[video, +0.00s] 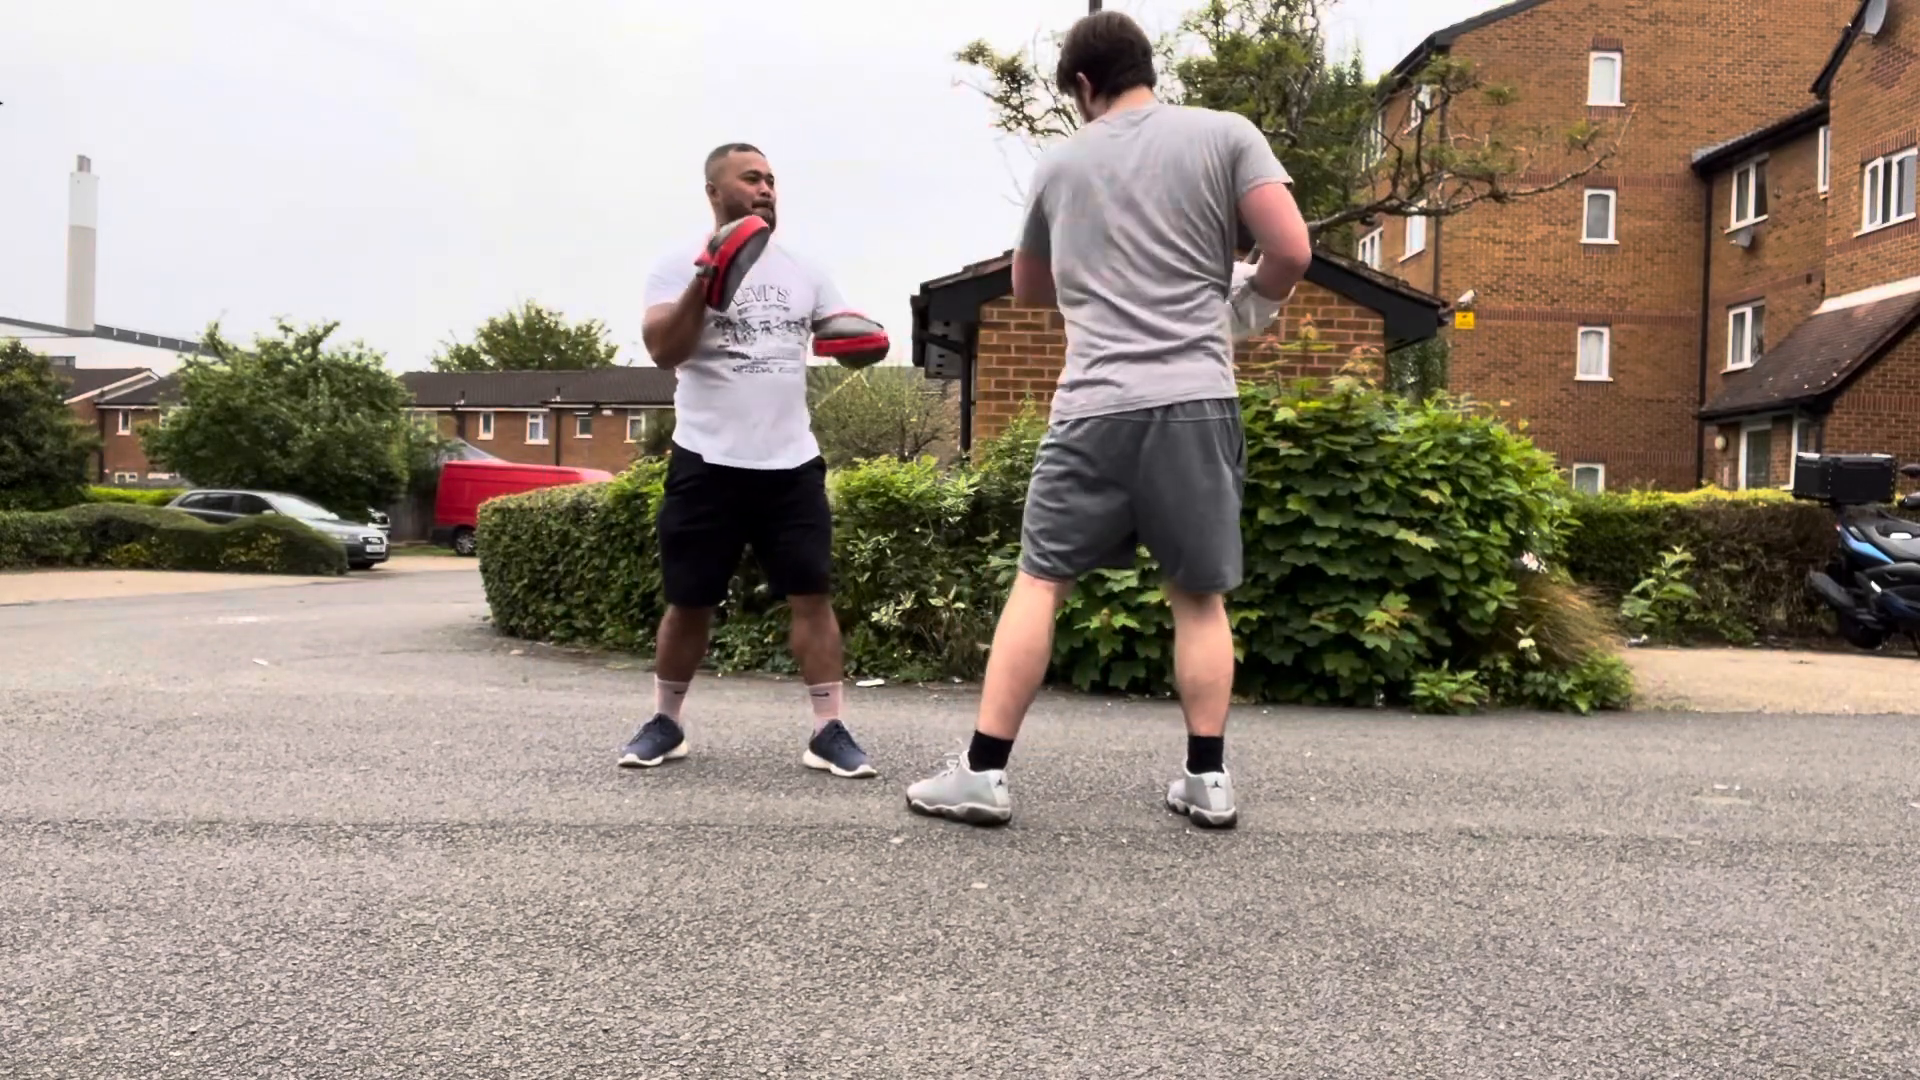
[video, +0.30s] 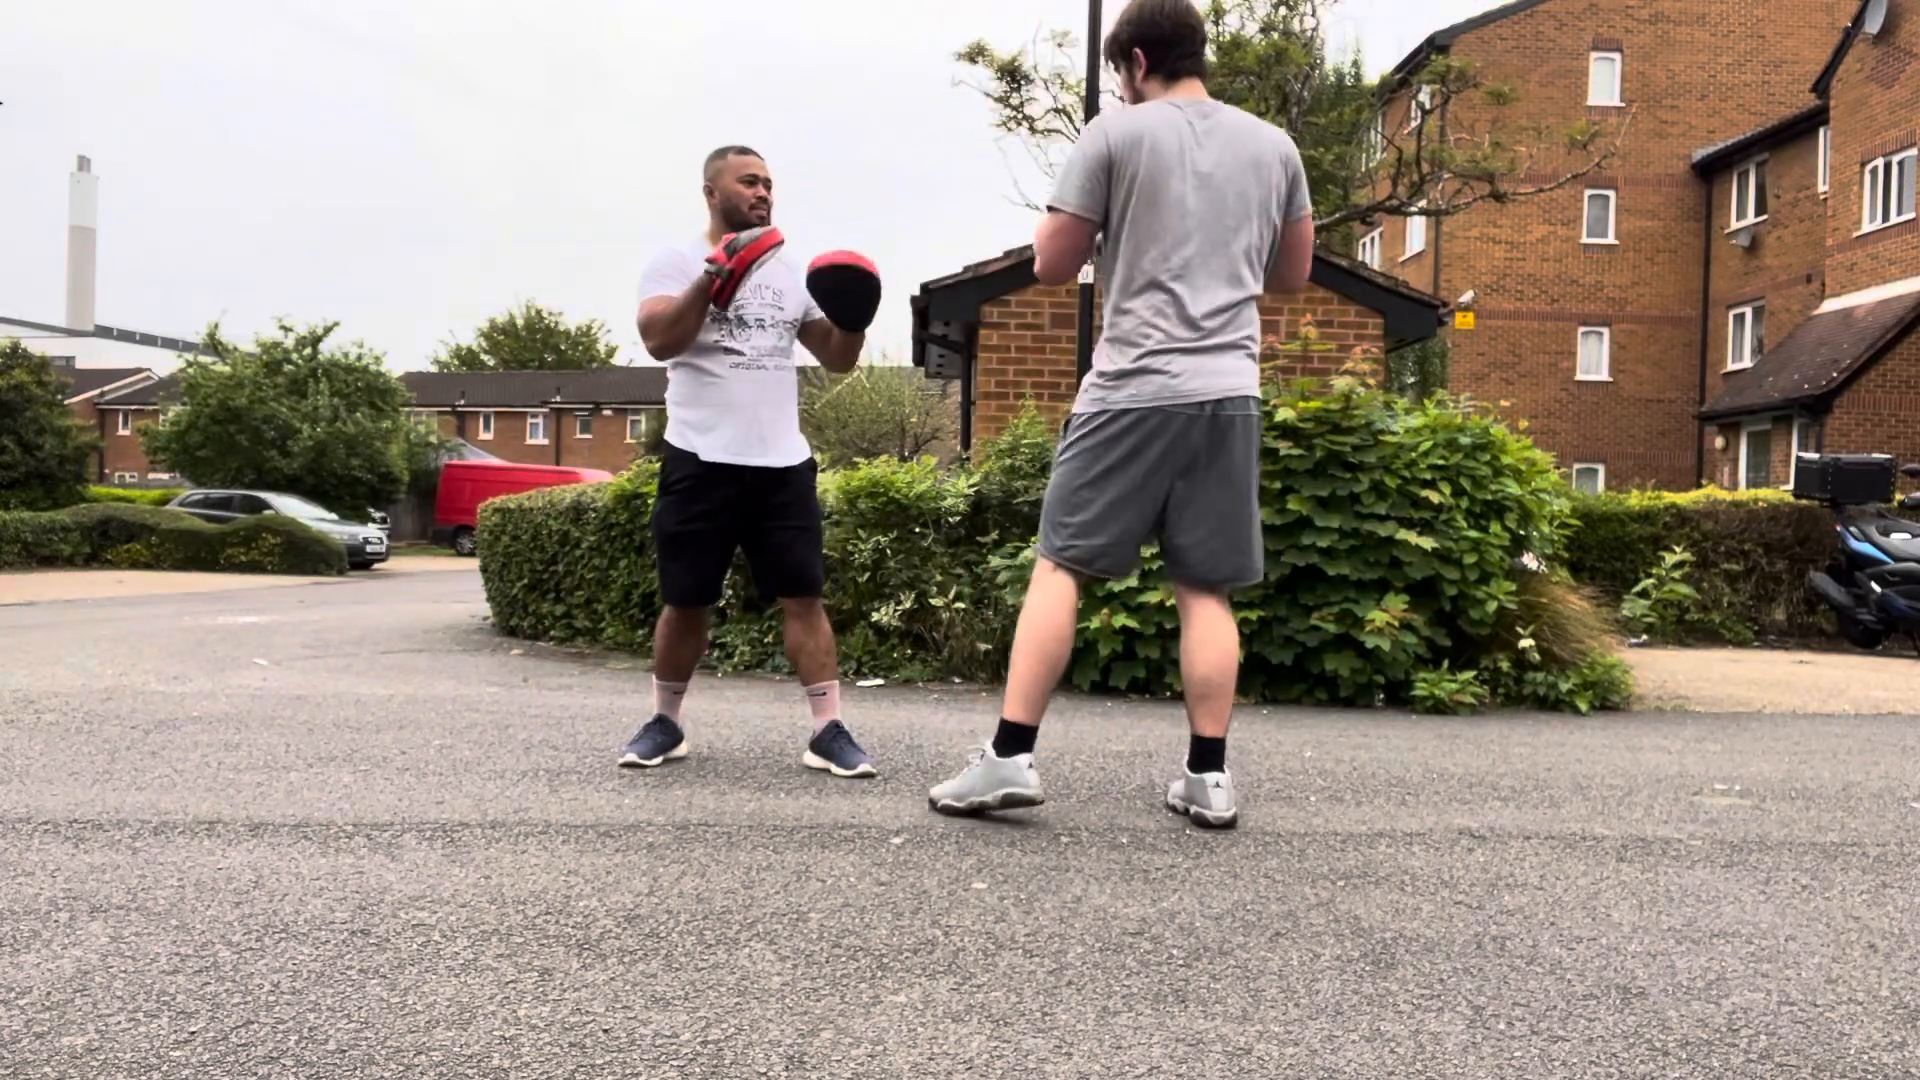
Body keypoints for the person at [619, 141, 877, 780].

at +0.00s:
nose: (767, 187)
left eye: (770, 179)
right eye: (751, 177)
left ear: (776, 195)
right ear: (713, 194)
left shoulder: (802, 268)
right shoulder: (680, 265)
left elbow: (845, 335)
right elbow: (663, 350)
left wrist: (867, 342)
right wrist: (705, 279)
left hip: (791, 459)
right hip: (705, 459)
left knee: (811, 591)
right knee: (687, 599)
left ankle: (829, 727)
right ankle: (665, 721)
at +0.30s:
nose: (764, 192)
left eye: (769, 184)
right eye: (749, 181)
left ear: (774, 198)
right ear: (710, 194)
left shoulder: (789, 271)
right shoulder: (674, 263)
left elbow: (839, 359)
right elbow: (659, 340)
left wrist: (853, 313)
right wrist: (710, 281)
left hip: (782, 459)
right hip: (698, 457)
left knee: (804, 594)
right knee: (683, 599)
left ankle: (829, 727)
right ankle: (665, 722)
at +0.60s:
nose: (763, 198)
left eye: (769, 188)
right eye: (748, 189)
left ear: (776, 197)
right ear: (713, 199)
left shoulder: (795, 266)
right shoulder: (677, 260)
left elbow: (858, 328)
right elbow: (677, 319)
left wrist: (853, 255)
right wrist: (708, 242)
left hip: (783, 460)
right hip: (699, 459)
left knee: (805, 594)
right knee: (683, 599)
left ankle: (829, 727)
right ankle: (665, 722)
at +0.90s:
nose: (762, 189)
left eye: (770, 180)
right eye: (747, 180)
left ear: (779, 194)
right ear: (713, 195)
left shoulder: (800, 265)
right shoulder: (679, 258)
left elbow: (866, 326)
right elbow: (669, 327)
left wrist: (866, 254)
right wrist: (708, 249)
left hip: (785, 461)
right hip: (700, 460)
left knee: (811, 593)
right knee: (684, 600)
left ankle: (829, 727)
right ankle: (665, 721)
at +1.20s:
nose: (765, 185)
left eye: (772, 177)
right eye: (750, 175)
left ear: (781, 193)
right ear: (714, 189)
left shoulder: (802, 261)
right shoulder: (679, 259)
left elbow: (873, 307)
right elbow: (663, 333)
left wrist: (877, 234)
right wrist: (702, 255)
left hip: (787, 459)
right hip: (701, 460)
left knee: (813, 592)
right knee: (685, 600)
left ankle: (828, 727)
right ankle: (665, 721)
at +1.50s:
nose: (761, 188)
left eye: (768, 180)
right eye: (745, 179)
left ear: (776, 195)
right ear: (711, 193)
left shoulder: (795, 265)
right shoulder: (673, 261)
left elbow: (863, 320)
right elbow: (664, 329)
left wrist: (873, 255)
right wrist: (700, 252)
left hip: (785, 460)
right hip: (698, 461)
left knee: (816, 586)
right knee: (682, 599)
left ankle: (834, 724)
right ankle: (665, 721)